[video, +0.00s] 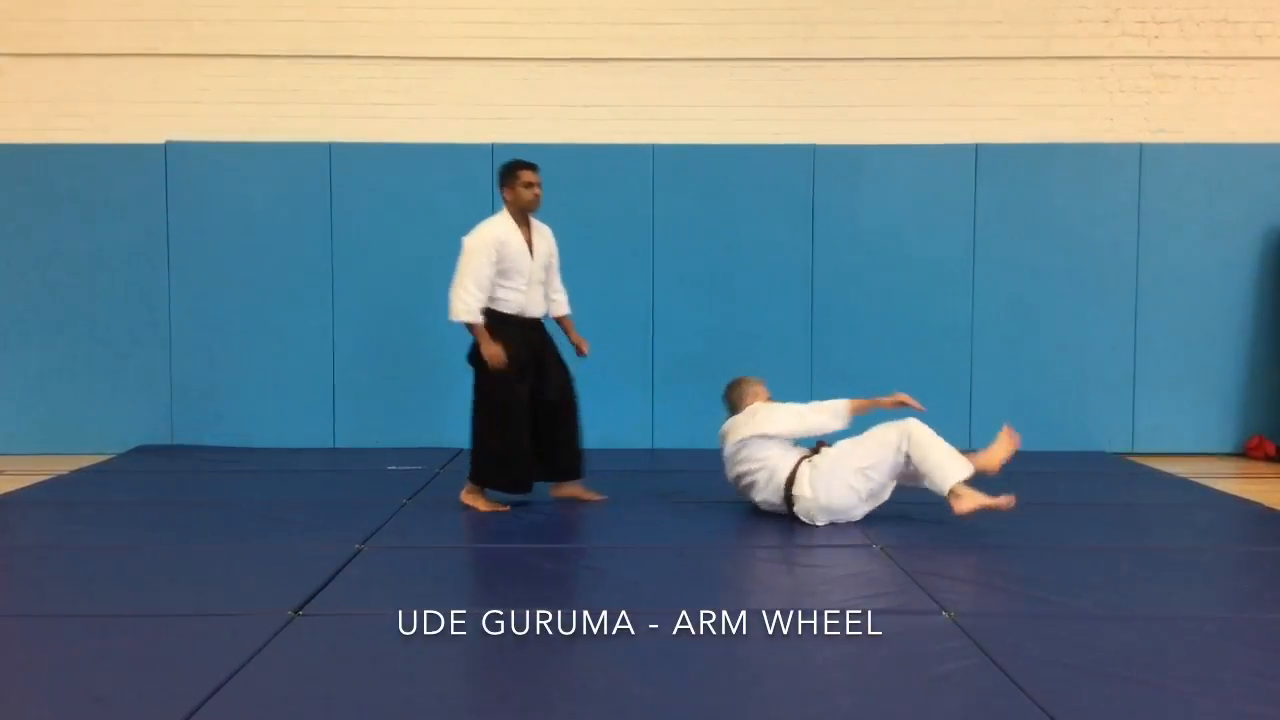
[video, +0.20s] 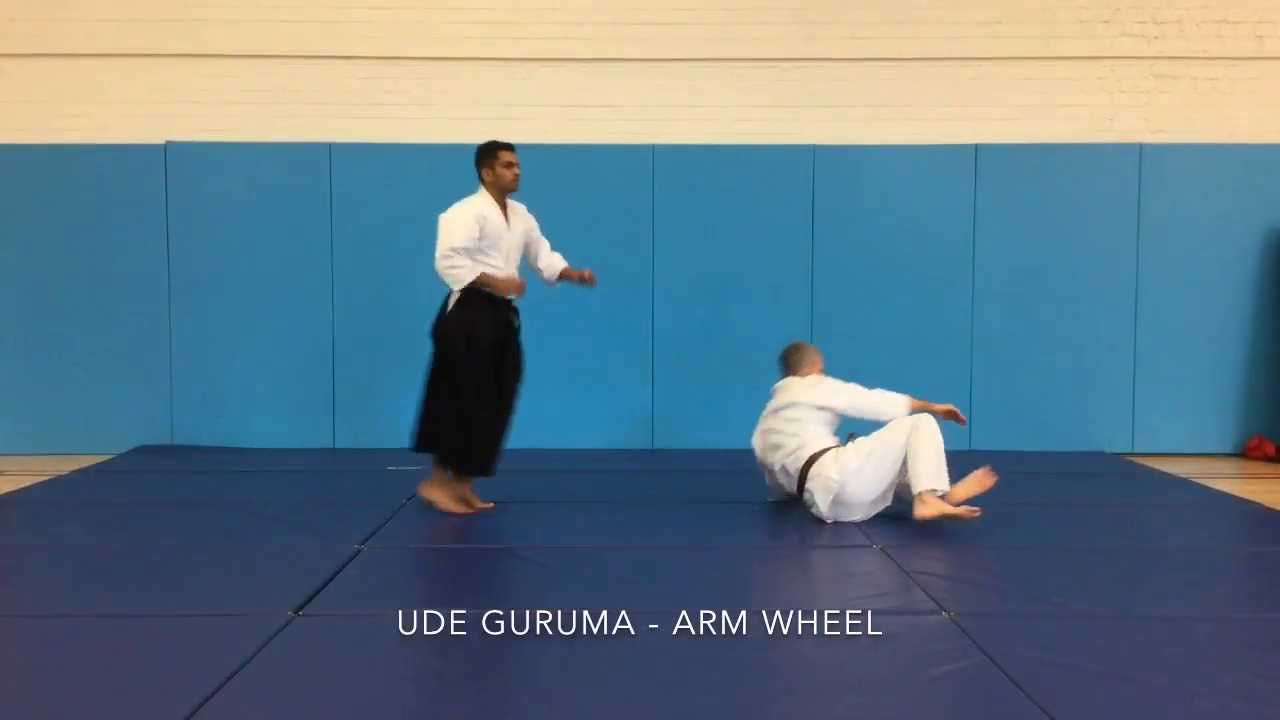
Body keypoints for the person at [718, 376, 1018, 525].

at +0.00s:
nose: (771, 401)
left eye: (768, 397)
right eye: (766, 396)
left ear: (733, 406)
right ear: (753, 398)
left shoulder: (734, 450)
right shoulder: (755, 417)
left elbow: (772, 484)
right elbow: (819, 414)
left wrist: (811, 457)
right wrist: (879, 402)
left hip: (814, 512)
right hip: (816, 482)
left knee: (901, 466)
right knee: (906, 430)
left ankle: (979, 462)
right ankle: (959, 493)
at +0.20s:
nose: (823, 374)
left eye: (822, 369)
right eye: (821, 369)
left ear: (786, 372)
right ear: (814, 368)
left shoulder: (763, 429)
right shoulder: (812, 386)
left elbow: (781, 490)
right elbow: (872, 402)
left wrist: (835, 453)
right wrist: (932, 408)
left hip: (830, 509)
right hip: (839, 476)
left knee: (893, 466)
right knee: (920, 423)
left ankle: (946, 491)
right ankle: (926, 499)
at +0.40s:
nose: (871, 360)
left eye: (868, 355)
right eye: (869, 355)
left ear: (835, 360)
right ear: (864, 356)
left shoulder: (807, 397)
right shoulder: (862, 374)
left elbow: (789, 455)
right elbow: (924, 398)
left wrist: (806, 490)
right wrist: (947, 415)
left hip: (834, 503)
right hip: (845, 464)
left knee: (912, 490)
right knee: (937, 436)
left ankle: (940, 517)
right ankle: (912, 515)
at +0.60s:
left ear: (853, 353)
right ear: (884, 346)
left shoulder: (835, 385)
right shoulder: (894, 357)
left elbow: (811, 440)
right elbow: (955, 381)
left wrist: (808, 487)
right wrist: (969, 408)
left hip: (861, 465)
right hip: (893, 432)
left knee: (930, 485)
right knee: (992, 448)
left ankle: (949, 508)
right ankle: (933, 495)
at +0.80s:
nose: (856, 331)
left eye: (856, 326)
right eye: (857, 326)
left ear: (861, 327)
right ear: (889, 320)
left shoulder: (854, 361)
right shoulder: (918, 331)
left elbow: (831, 423)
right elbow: (973, 354)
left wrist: (825, 473)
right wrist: (990, 384)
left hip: (913, 426)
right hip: (951, 399)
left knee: (926, 493)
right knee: (1011, 428)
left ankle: (958, 491)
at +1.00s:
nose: (868, 291)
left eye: (871, 284)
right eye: (869, 284)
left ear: (882, 287)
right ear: (906, 286)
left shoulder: (873, 332)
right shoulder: (943, 307)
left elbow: (872, 392)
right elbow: (992, 341)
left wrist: (881, 445)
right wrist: (1018, 380)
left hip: (939, 413)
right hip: (982, 394)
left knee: (934, 492)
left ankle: (977, 483)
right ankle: (984, 488)